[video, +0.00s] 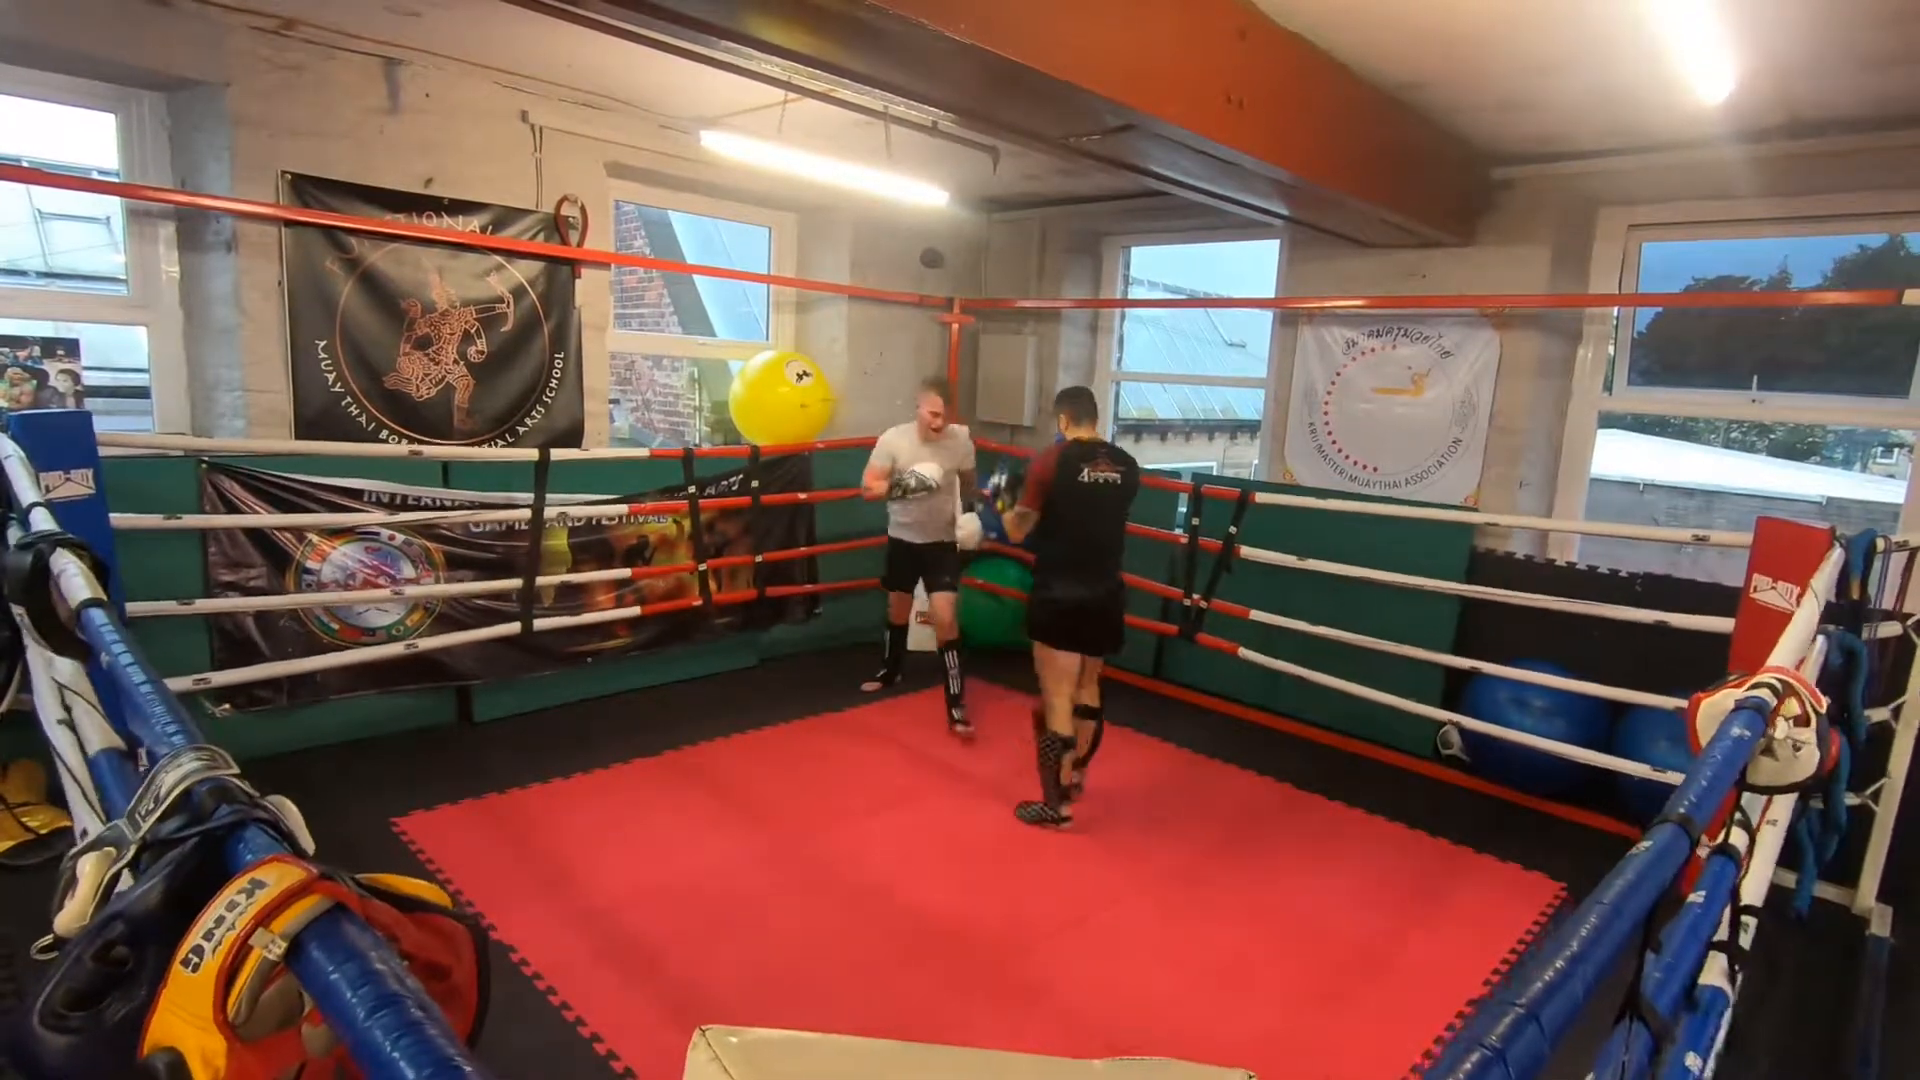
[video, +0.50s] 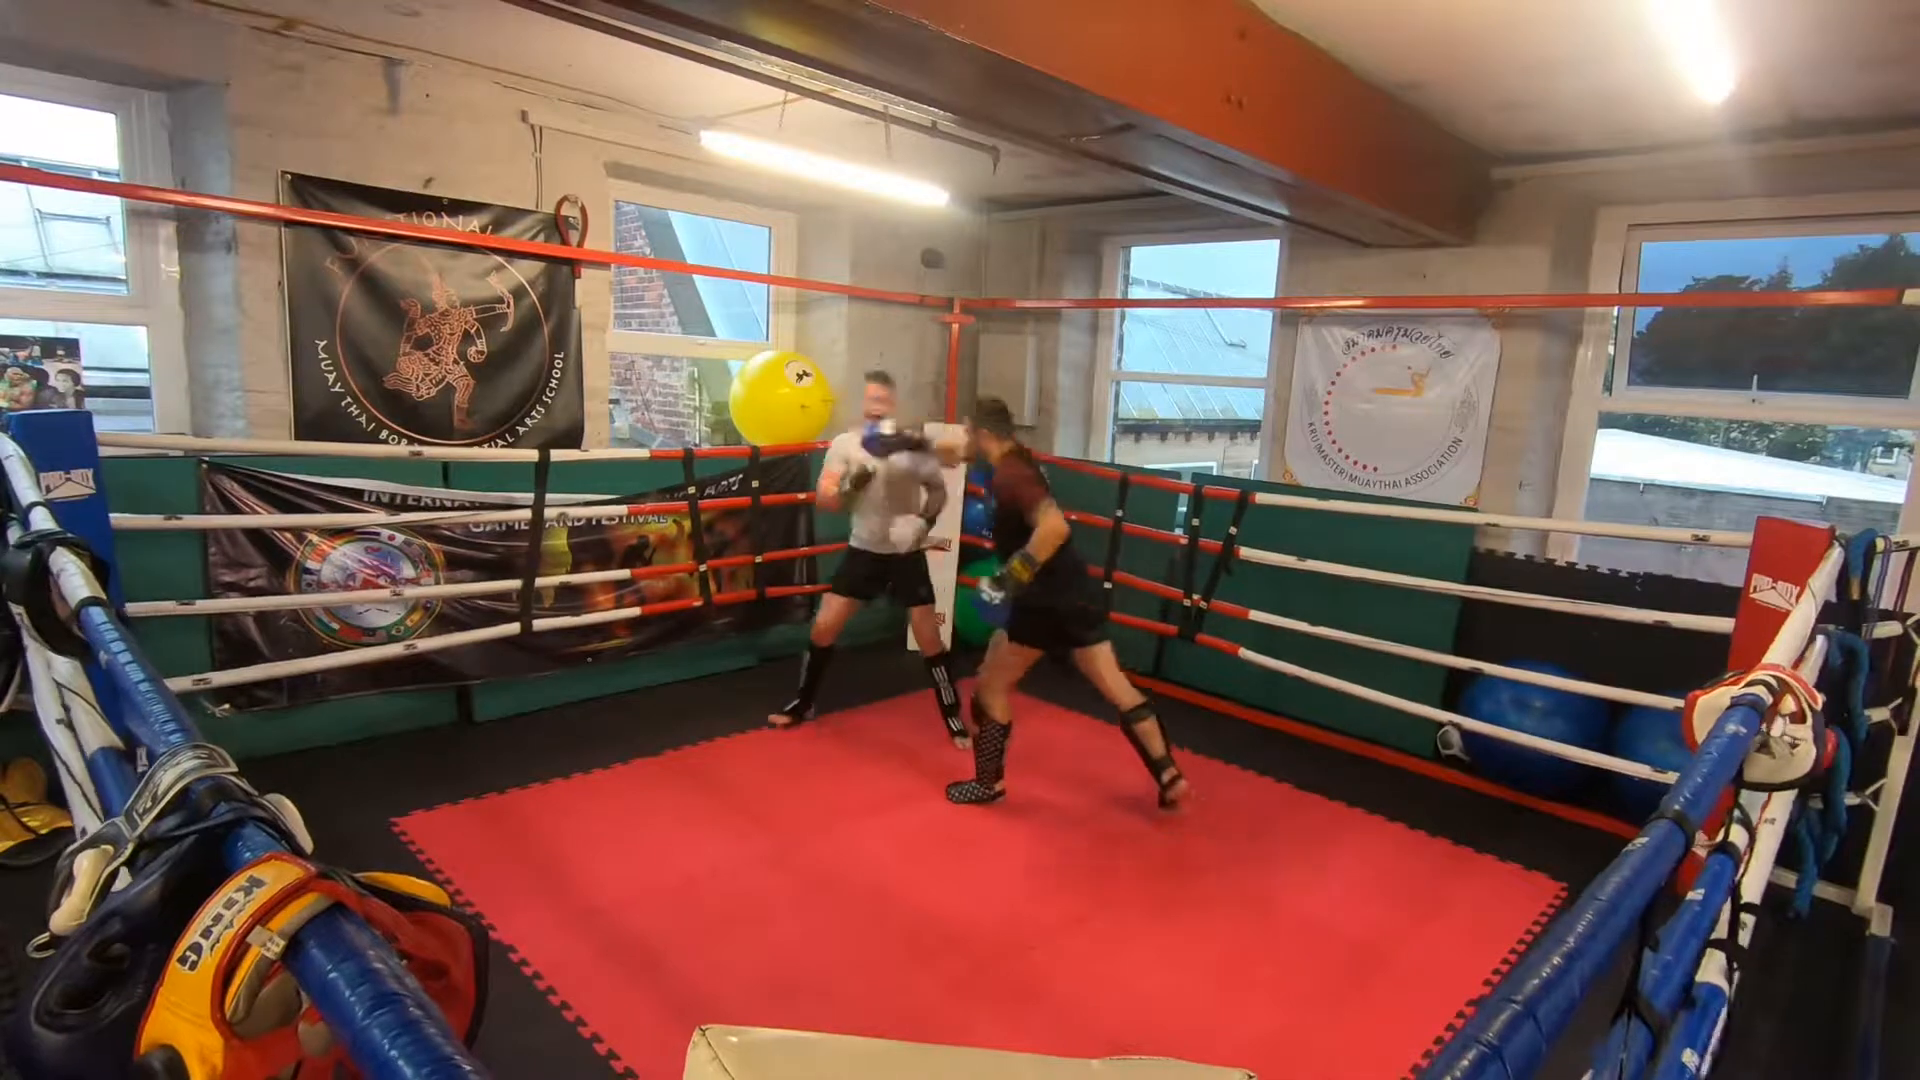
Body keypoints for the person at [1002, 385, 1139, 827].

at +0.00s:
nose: (1058, 428)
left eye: (1057, 422)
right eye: (1063, 422)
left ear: (1062, 421)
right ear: (1097, 420)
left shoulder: (1049, 462)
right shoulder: (1126, 466)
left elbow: (1018, 528)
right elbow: (1106, 517)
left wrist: (1008, 506)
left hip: (1056, 593)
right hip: (1104, 595)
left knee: (1059, 697)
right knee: (1088, 682)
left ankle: (1056, 802)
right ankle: (1076, 773)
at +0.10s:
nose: (1058, 429)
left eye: (1058, 422)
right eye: (1060, 423)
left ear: (1066, 421)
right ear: (1099, 419)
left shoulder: (1056, 460)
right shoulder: (1129, 464)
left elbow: (1025, 528)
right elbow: (1103, 519)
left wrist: (1003, 511)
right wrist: (1038, 505)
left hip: (1062, 595)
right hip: (1109, 596)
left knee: (1047, 697)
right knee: (1102, 682)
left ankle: (1054, 801)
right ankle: (1118, 780)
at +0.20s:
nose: (1059, 441)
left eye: (1058, 436)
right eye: (1060, 436)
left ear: (1067, 432)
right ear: (1098, 430)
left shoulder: (1066, 470)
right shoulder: (1125, 472)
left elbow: (1042, 540)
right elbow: (1097, 521)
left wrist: (1000, 531)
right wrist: (1056, 478)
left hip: (1070, 607)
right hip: (1118, 607)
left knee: (1011, 688)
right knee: (1126, 700)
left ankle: (1032, 787)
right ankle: (1180, 791)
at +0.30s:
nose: (1031, 463)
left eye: (1032, 456)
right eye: (1032, 456)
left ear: (1040, 457)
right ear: (1070, 452)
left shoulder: (1063, 492)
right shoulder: (1100, 490)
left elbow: (1078, 552)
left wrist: (1027, 582)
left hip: (1079, 632)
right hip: (1123, 630)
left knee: (994, 684)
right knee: (1146, 716)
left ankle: (990, 779)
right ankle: (1199, 813)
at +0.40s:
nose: (994, 457)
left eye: (995, 450)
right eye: (995, 450)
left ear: (1005, 451)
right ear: (1030, 448)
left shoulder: (1035, 489)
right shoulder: (1045, 479)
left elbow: (1078, 538)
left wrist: (1037, 593)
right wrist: (987, 431)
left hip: (1066, 618)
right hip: (1103, 613)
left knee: (993, 686)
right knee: (1138, 703)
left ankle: (988, 781)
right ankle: (1191, 798)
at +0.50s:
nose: (966, 439)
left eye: (969, 432)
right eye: (967, 432)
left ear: (984, 434)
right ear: (1003, 431)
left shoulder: (1011, 472)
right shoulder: (1016, 461)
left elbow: (1054, 526)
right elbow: (962, 449)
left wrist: (1014, 575)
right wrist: (914, 443)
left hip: (1040, 599)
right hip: (1073, 592)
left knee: (992, 685)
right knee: (1114, 682)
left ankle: (987, 781)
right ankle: (1167, 772)